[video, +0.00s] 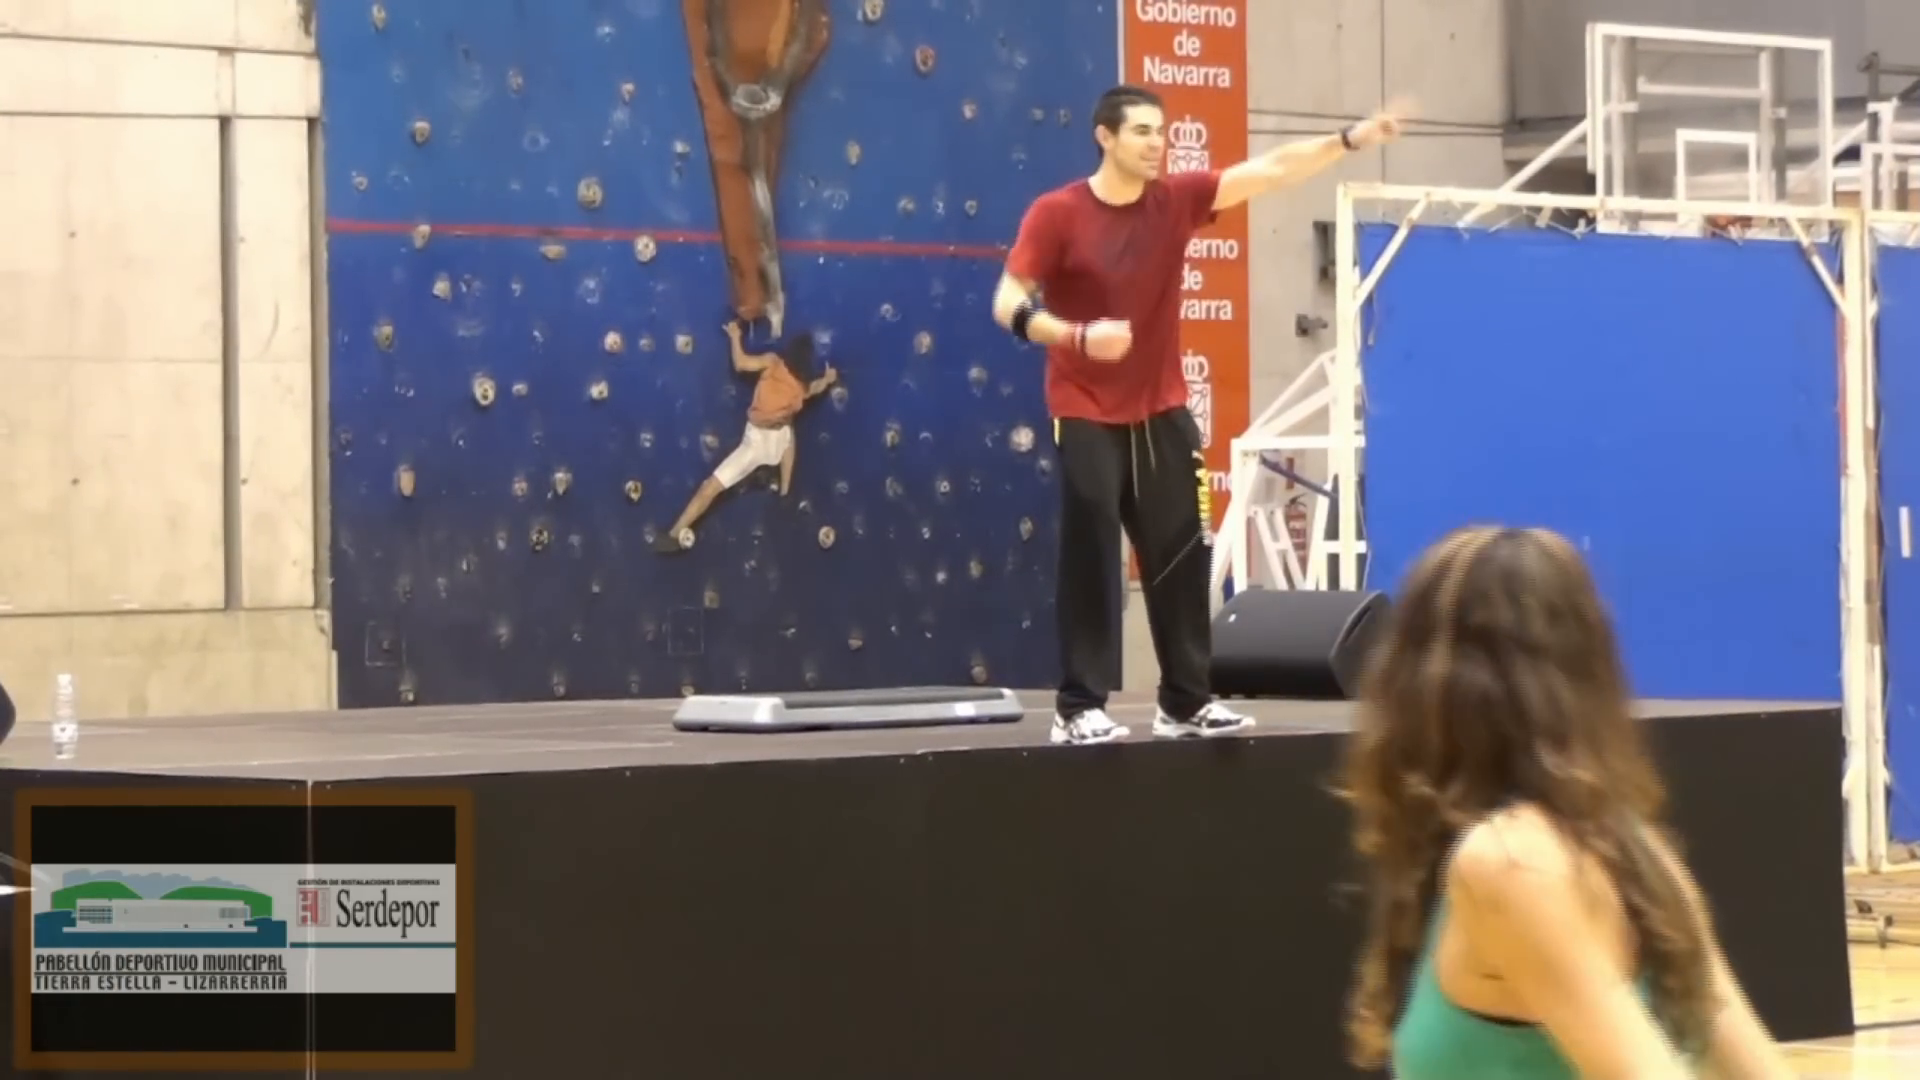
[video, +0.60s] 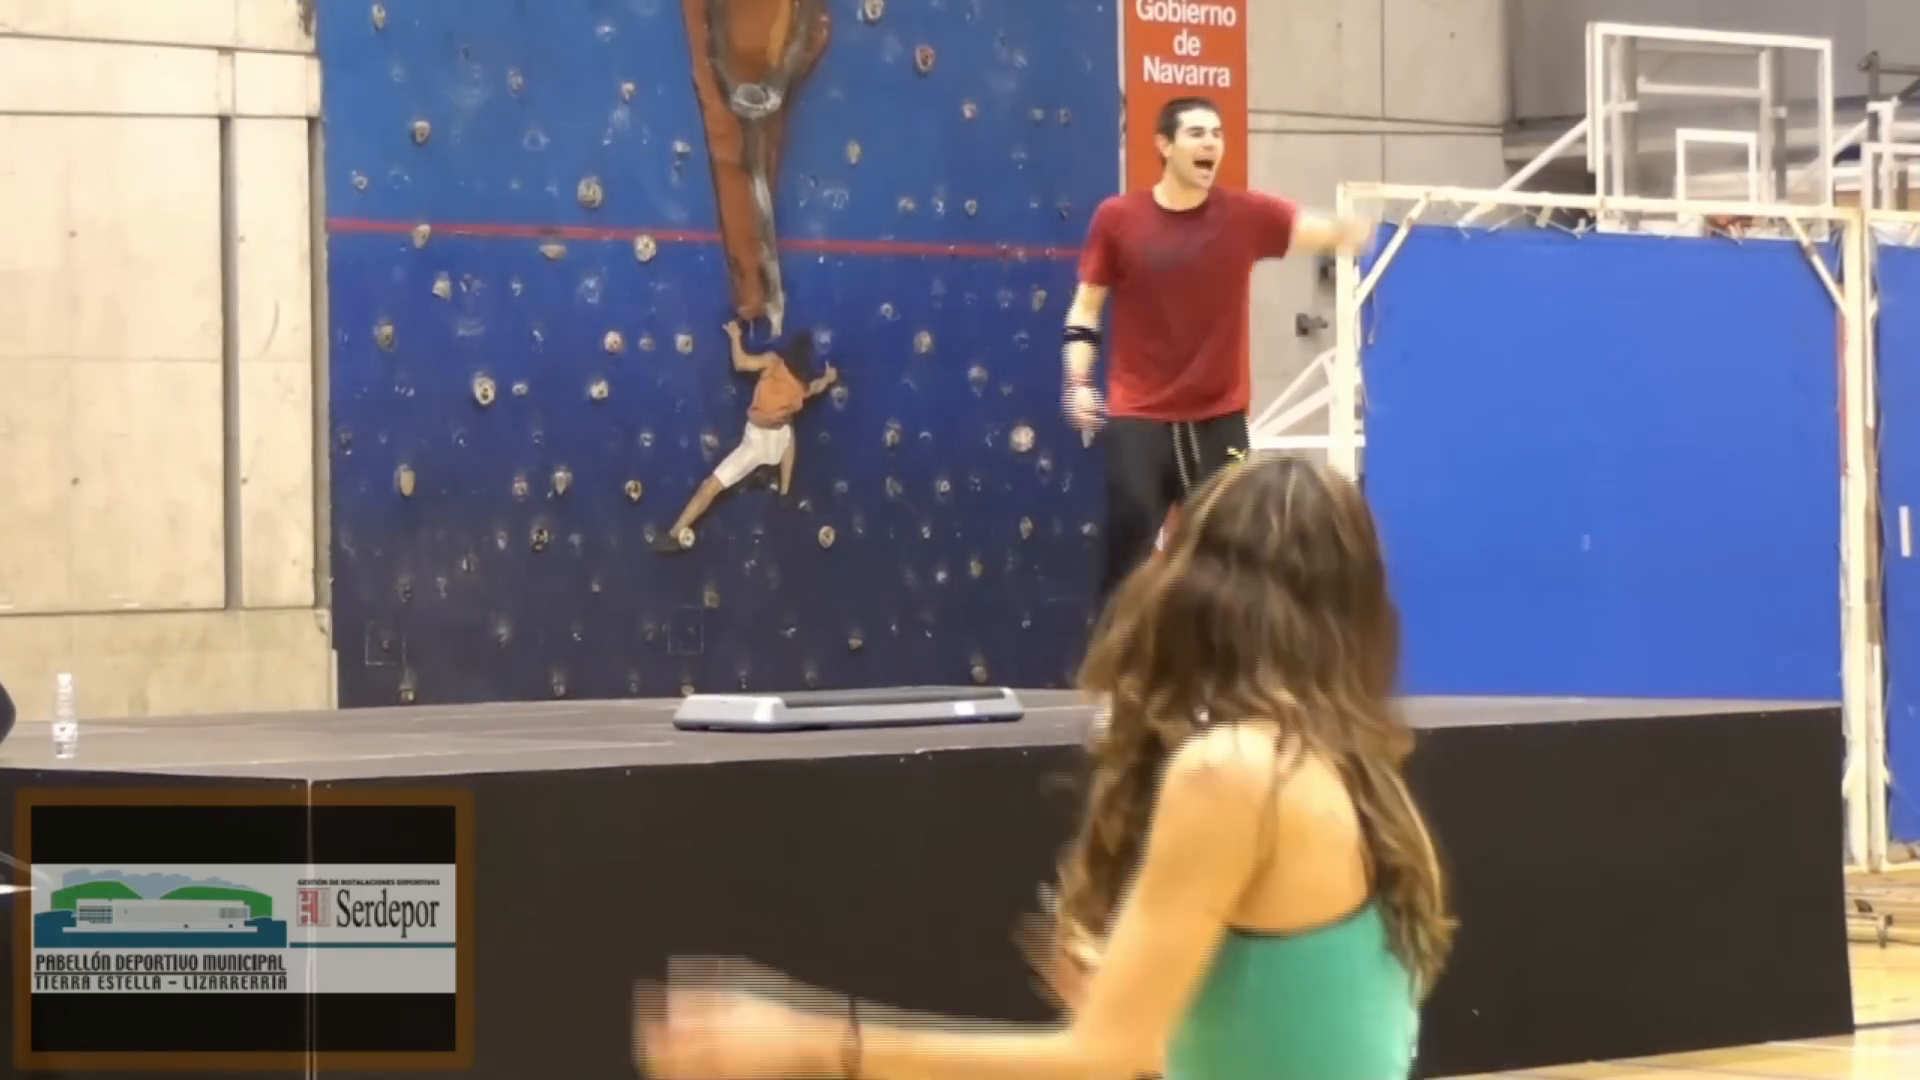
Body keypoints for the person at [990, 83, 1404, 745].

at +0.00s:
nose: (1155, 144)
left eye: (1160, 133)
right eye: (1142, 132)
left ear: (1164, 139)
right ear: (1105, 138)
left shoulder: (1178, 198)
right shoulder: (1056, 213)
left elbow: (1272, 171)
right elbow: (1008, 306)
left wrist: (1351, 139)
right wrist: (1079, 335)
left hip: (1161, 406)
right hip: (1086, 410)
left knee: (1178, 550)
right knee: (1091, 552)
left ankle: (1187, 701)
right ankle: (1081, 706)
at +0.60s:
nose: (1209, 145)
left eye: (1216, 135)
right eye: (1195, 133)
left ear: (1224, 147)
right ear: (1164, 145)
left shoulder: (1243, 213)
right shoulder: (1118, 217)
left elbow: (1326, 233)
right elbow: (1087, 307)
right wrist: (1078, 382)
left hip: (1218, 413)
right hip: (1139, 414)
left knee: (1231, 540)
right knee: (1130, 529)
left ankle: (1234, 665)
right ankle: (1116, 663)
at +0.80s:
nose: (1200, 160)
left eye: (1207, 147)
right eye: (1185, 152)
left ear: (1224, 155)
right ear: (1168, 170)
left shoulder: (1269, 236)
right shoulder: (1143, 240)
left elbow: (1299, 330)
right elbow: (1128, 336)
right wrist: (1150, 415)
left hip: (1247, 442)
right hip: (1169, 445)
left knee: (1249, 577)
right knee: (1170, 585)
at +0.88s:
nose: (1204, 165)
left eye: (1212, 153)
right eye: (1190, 158)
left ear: (1228, 161)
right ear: (1172, 175)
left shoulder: (1275, 238)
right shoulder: (1149, 244)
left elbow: (1297, 333)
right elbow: (1142, 341)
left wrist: (1264, 407)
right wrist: (1167, 422)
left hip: (1250, 436)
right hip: (1180, 441)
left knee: (1254, 574)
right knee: (1194, 580)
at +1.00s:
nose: (1218, 161)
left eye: (1225, 148)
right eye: (1203, 152)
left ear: (1242, 153)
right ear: (1183, 164)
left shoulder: (1288, 221)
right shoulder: (1163, 235)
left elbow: (1326, 311)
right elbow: (1155, 329)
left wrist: (1288, 386)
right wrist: (1175, 408)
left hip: (1267, 424)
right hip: (1197, 432)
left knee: (1269, 561)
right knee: (1201, 569)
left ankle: (1276, 685)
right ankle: (1204, 686)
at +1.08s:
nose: (1229, 160)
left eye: (1238, 148)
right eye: (1216, 152)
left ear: (1256, 155)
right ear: (1197, 164)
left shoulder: (1300, 221)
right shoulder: (1176, 233)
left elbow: (1341, 305)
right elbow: (1160, 321)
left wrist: (1302, 382)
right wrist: (1177, 396)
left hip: (1279, 424)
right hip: (1206, 427)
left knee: (1279, 563)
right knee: (1206, 568)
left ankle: (1283, 692)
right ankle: (1206, 692)